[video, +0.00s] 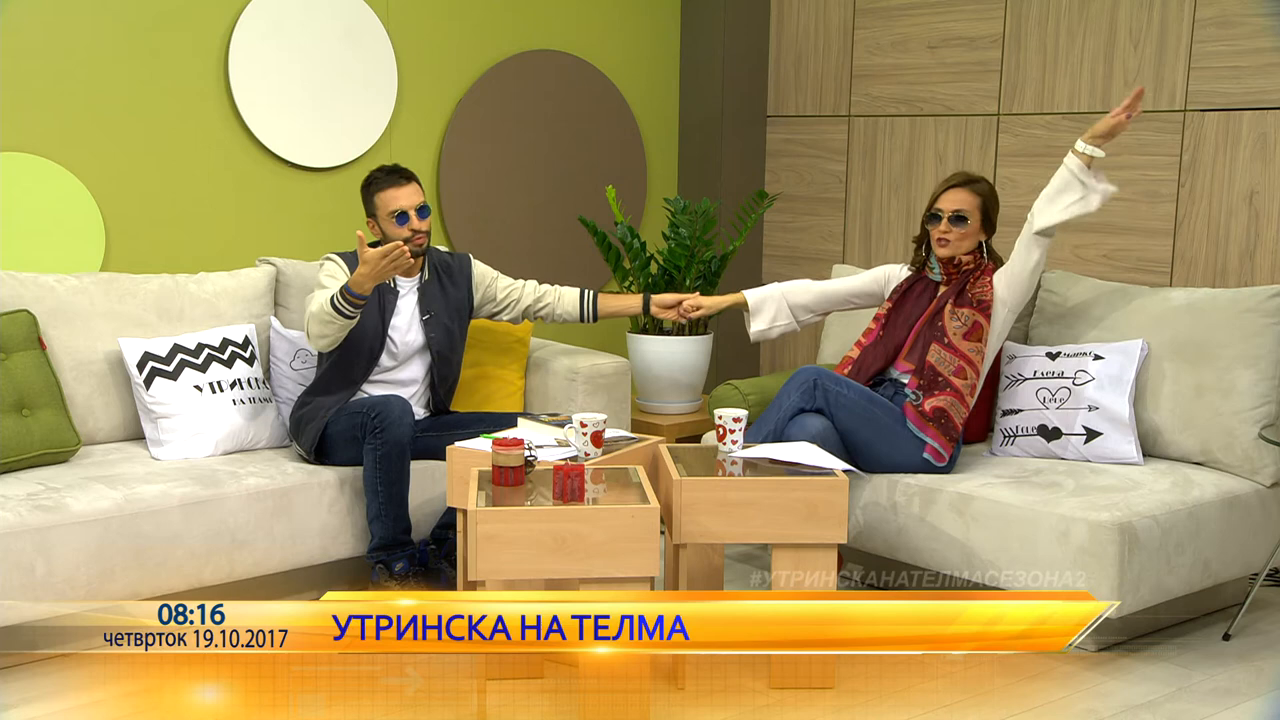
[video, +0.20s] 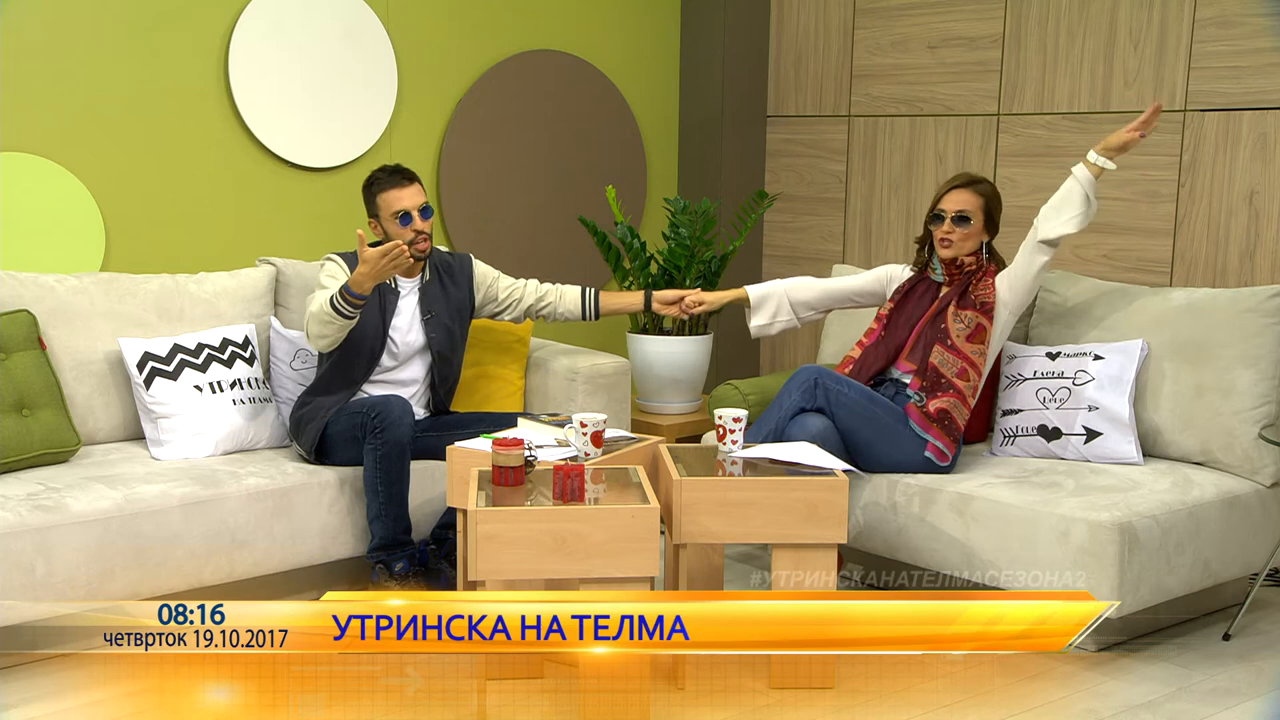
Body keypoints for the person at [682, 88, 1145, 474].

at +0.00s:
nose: (943, 229)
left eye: (959, 220)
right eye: (937, 218)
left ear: (985, 232)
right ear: (927, 225)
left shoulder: (999, 292)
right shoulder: (905, 279)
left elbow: (1039, 230)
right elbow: (819, 294)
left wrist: (1089, 146)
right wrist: (724, 301)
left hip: (924, 434)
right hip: (864, 414)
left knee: (812, 379)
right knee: (808, 433)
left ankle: (738, 463)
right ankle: (802, 570)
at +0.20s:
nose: (947, 229)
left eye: (962, 220)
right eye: (940, 219)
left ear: (988, 231)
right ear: (930, 226)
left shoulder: (1001, 294)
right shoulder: (905, 280)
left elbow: (1045, 237)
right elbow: (820, 290)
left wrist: (1100, 157)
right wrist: (725, 297)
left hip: (925, 433)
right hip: (866, 415)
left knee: (813, 380)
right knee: (807, 434)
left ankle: (731, 469)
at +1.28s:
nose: (943, 232)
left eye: (957, 223)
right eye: (940, 223)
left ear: (992, 233)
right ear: (935, 232)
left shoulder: (1007, 297)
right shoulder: (910, 284)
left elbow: (1056, 246)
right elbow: (824, 291)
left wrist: (1117, 167)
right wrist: (734, 297)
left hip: (928, 435)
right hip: (870, 416)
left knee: (819, 374)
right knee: (807, 427)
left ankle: (725, 464)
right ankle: (810, 571)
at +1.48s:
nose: (942, 234)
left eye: (956, 225)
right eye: (937, 225)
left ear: (989, 235)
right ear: (932, 233)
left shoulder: (1003, 297)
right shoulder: (907, 283)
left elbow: (1053, 244)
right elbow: (822, 294)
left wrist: (1108, 169)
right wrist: (731, 297)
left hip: (931, 442)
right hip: (869, 423)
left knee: (831, 364)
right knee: (792, 421)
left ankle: (703, 415)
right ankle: (809, 567)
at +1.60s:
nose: (938, 238)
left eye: (952, 229)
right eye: (933, 229)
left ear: (985, 238)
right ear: (928, 236)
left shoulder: (1000, 296)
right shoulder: (906, 285)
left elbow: (1046, 244)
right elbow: (821, 294)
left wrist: (1097, 167)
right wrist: (730, 298)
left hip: (929, 440)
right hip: (868, 427)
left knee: (838, 360)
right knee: (764, 422)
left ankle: (700, 397)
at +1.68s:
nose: (930, 237)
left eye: (944, 228)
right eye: (927, 228)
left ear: (978, 237)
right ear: (924, 235)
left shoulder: (996, 297)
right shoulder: (903, 283)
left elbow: (1039, 244)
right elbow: (818, 296)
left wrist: (1091, 166)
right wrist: (733, 296)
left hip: (930, 441)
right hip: (869, 429)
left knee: (842, 359)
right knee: (782, 421)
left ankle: (718, 414)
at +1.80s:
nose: (920, 235)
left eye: (934, 226)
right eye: (917, 226)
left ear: (969, 234)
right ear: (913, 232)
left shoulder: (991, 294)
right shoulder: (896, 285)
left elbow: (1028, 247)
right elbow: (816, 299)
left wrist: (1076, 171)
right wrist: (725, 300)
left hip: (931, 437)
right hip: (864, 423)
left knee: (836, 368)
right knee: (772, 398)